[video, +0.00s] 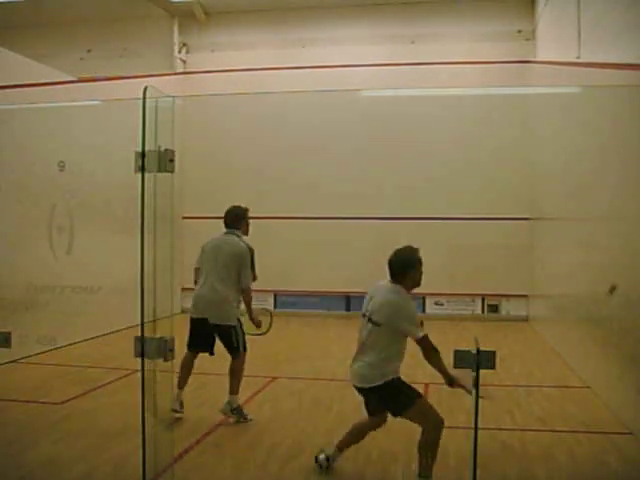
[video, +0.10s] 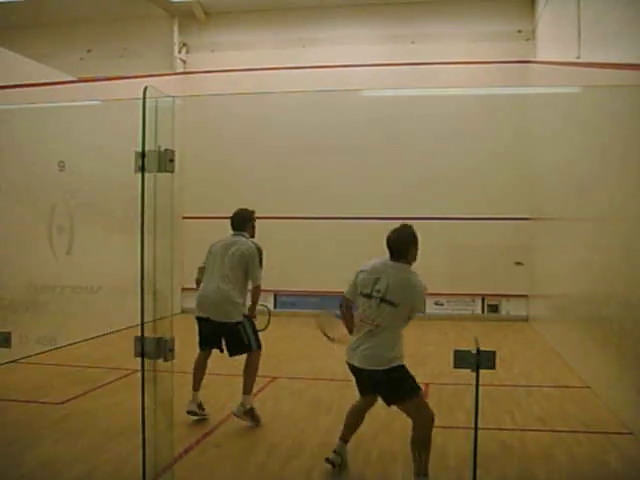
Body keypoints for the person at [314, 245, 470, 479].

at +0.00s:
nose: (422, 276)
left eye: (421, 271)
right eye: (419, 271)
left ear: (396, 271)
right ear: (408, 273)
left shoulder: (378, 289)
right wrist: (448, 376)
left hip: (362, 375)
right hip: (381, 380)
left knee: (376, 419)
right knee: (433, 423)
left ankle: (330, 457)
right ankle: (424, 475)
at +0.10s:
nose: (418, 250)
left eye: (416, 245)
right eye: (416, 246)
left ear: (389, 248)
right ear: (412, 250)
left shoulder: (367, 270)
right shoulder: (413, 283)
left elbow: (345, 305)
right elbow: (409, 316)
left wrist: (355, 334)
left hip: (356, 359)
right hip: (386, 365)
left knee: (367, 399)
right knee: (423, 416)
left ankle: (339, 451)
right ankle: (421, 474)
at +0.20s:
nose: (405, 238)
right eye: (405, 234)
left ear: (378, 239)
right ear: (404, 240)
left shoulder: (358, 264)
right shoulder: (410, 272)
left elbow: (328, 294)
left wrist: (322, 327)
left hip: (354, 352)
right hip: (389, 354)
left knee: (353, 394)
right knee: (409, 419)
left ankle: (342, 454)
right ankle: (413, 474)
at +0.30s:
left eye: (362, 239)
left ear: (363, 244)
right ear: (388, 245)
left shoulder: (347, 273)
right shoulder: (399, 276)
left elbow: (315, 303)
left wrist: (294, 332)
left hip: (353, 360)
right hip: (391, 360)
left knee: (340, 403)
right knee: (404, 428)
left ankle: (330, 460)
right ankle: (409, 476)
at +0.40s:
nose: (344, 256)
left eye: (343, 252)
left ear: (343, 257)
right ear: (368, 255)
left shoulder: (336, 283)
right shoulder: (382, 280)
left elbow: (303, 319)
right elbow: (366, 305)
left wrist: (276, 343)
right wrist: (323, 299)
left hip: (346, 369)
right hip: (384, 368)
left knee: (324, 410)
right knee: (399, 433)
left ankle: (315, 465)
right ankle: (408, 476)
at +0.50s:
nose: (320, 255)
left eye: (318, 250)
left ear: (317, 254)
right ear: (341, 251)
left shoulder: (313, 281)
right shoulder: (357, 278)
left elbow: (291, 320)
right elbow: (358, 316)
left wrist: (271, 355)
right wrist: (323, 330)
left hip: (325, 362)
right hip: (362, 361)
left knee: (305, 407)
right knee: (381, 420)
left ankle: (311, 465)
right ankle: (404, 473)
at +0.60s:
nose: (295, 240)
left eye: (296, 237)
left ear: (297, 241)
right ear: (321, 239)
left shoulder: (292, 268)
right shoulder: (339, 268)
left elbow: (286, 307)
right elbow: (348, 308)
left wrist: (275, 345)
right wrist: (347, 338)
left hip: (305, 353)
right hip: (340, 349)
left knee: (300, 408)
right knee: (356, 405)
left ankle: (310, 464)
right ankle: (376, 462)